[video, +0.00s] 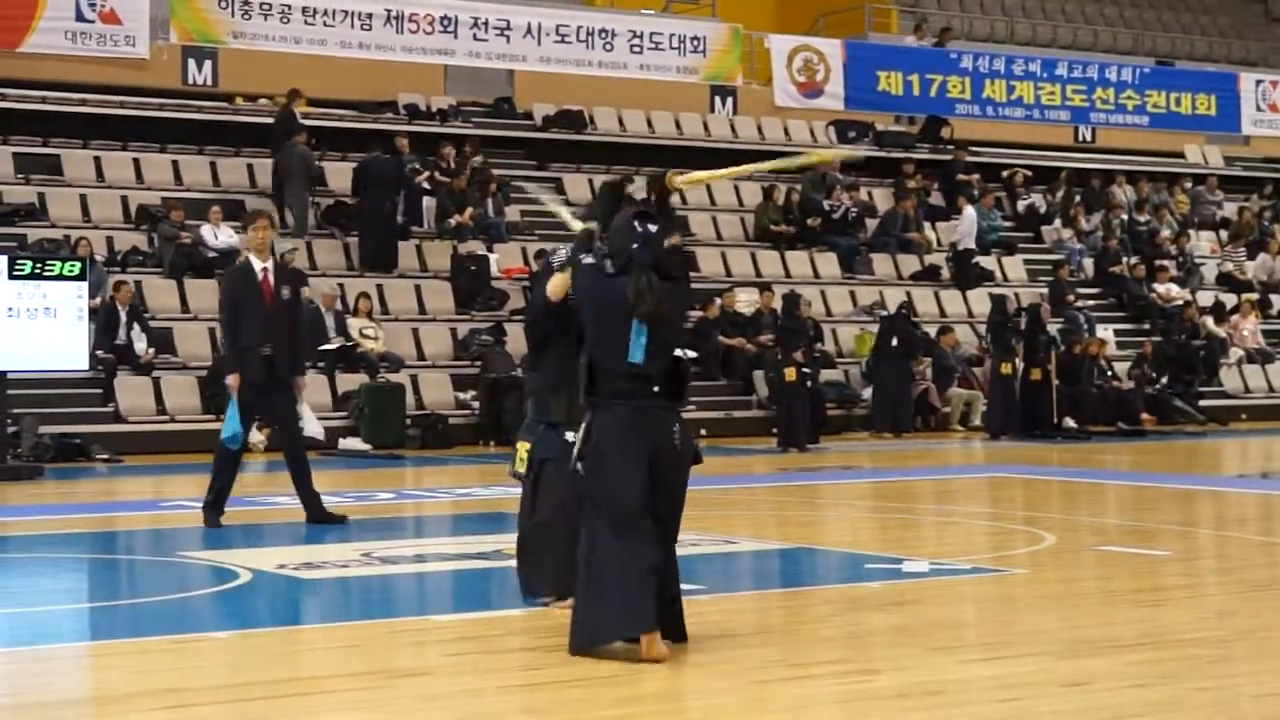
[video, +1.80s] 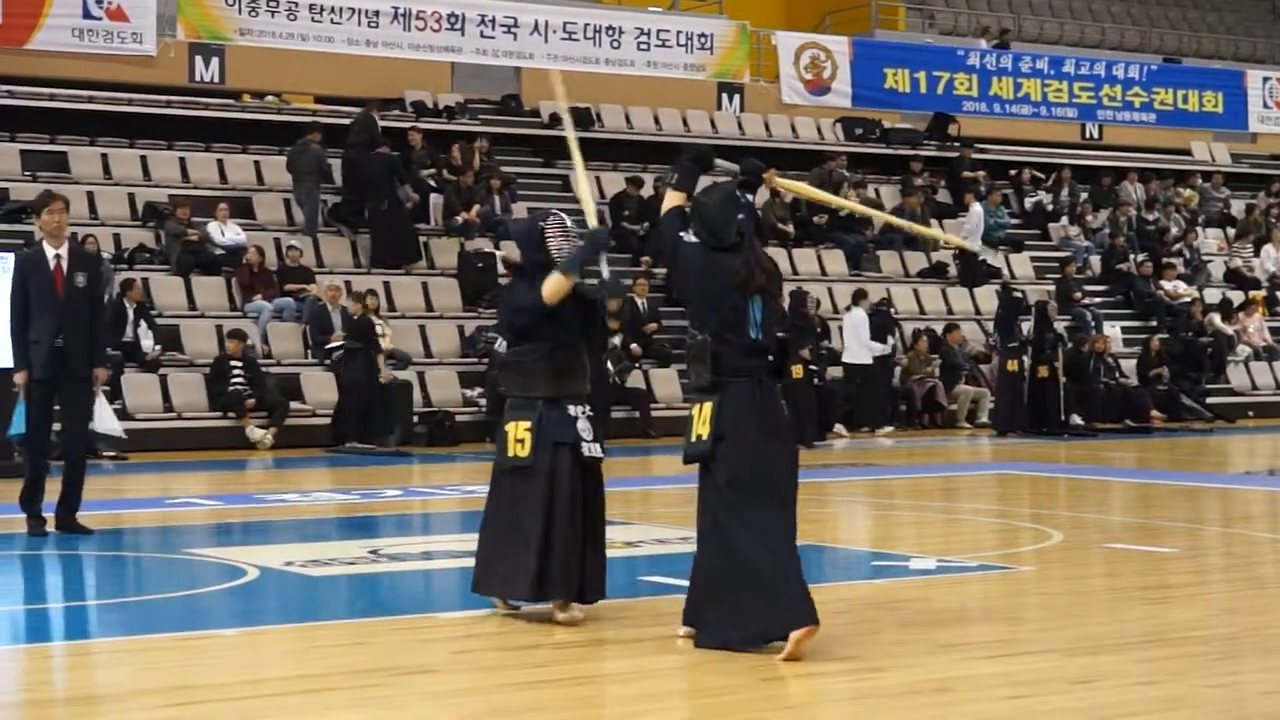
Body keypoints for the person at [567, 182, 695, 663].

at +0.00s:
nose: (610, 243)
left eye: (613, 237)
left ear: (614, 247)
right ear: (656, 249)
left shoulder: (595, 287)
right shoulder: (673, 294)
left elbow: (557, 288)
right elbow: (675, 259)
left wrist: (587, 248)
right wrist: (659, 218)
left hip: (612, 420)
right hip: (661, 418)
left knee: (625, 521)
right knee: (658, 522)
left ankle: (648, 631)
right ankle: (652, 622)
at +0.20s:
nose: (607, 233)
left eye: (613, 229)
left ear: (619, 239)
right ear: (664, 237)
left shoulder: (606, 280)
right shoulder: (682, 281)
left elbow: (599, 221)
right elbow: (682, 241)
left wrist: (621, 173)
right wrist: (666, 194)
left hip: (627, 407)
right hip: (676, 404)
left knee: (639, 511)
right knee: (672, 514)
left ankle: (653, 628)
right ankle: (666, 624)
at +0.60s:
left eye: (629, 219)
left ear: (630, 229)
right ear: (674, 225)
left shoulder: (622, 274)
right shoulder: (698, 274)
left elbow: (573, 275)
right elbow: (681, 240)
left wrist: (598, 228)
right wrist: (664, 198)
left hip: (648, 401)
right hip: (694, 400)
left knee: (645, 510)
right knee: (680, 509)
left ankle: (654, 631)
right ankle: (664, 624)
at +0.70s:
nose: (626, 229)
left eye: (628, 220)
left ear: (633, 226)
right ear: (676, 222)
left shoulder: (635, 275)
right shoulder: (701, 272)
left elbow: (570, 292)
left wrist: (596, 242)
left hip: (665, 396)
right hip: (709, 394)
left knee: (652, 502)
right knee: (687, 502)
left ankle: (658, 623)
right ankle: (662, 611)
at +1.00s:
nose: (637, 245)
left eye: (642, 237)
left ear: (649, 244)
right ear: (692, 242)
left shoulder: (643, 286)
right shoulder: (716, 287)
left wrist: (614, 254)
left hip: (671, 415)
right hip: (715, 413)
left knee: (660, 519)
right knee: (699, 517)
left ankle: (691, 618)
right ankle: (678, 618)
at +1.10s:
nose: (646, 239)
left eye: (651, 231)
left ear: (662, 238)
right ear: (703, 239)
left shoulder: (659, 280)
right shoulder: (721, 282)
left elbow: (638, 238)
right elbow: (709, 233)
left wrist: (638, 203)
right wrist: (698, 186)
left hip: (684, 412)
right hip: (725, 411)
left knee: (664, 519)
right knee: (709, 515)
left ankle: (731, 607)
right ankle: (679, 619)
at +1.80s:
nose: (692, 225)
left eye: (697, 218)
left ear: (705, 229)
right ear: (744, 225)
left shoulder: (700, 268)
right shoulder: (762, 271)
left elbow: (671, 222)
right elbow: (744, 226)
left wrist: (684, 176)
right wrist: (747, 184)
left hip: (729, 398)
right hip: (767, 396)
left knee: (741, 510)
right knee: (727, 512)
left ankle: (797, 612)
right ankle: (702, 613)